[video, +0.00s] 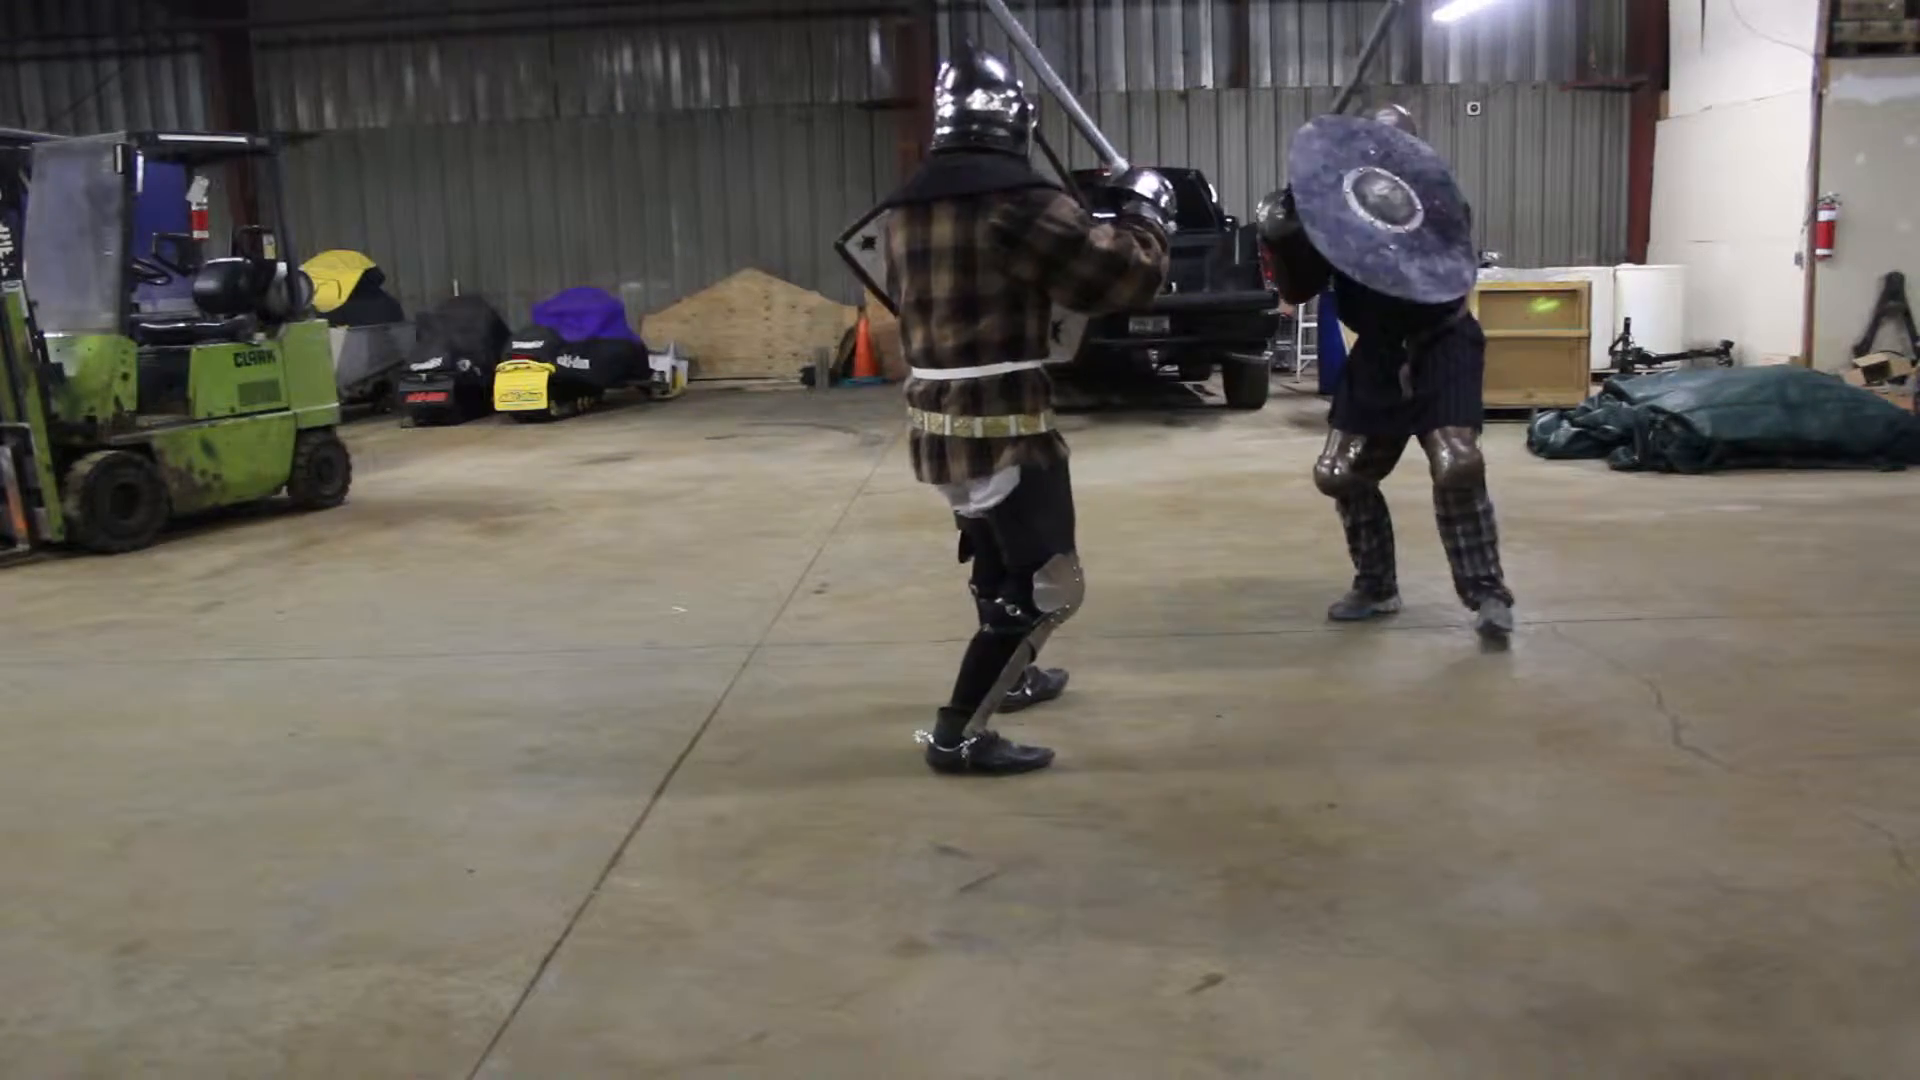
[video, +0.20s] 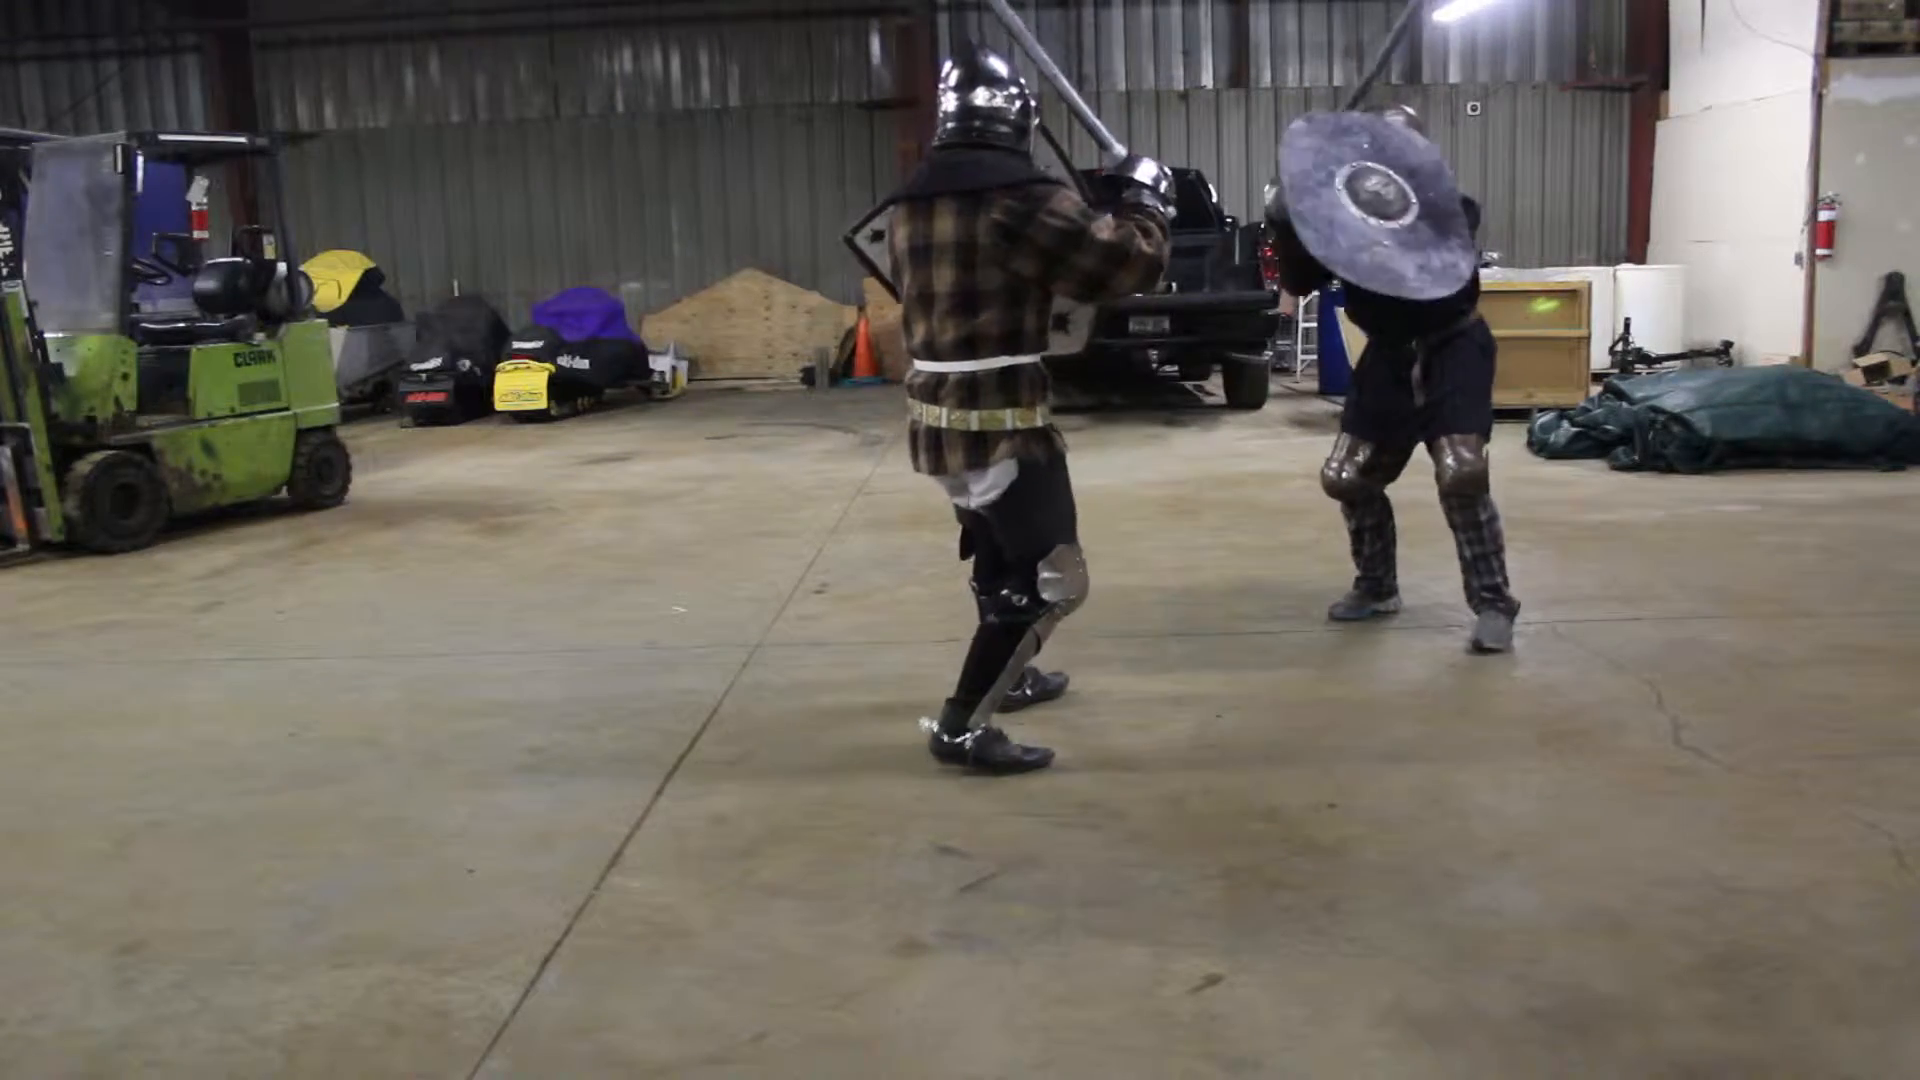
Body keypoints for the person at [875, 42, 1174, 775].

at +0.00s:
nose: (1025, 126)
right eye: (1020, 114)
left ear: (942, 116)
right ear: (1015, 117)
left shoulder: (911, 206)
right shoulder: (1019, 201)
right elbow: (1126, 273)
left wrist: (1082, 204)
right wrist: (1150, 210)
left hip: (939, 426)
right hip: (1006, 430)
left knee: (994, 556)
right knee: (1046, 587)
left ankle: (1010, 676)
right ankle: (958, 732)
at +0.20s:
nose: (1029, 125)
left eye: (1024, 114)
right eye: (1025, 114)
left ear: (946, 112)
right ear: (1018, 115)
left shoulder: (917, 198)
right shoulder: (1022, 196)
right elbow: (1131, 263)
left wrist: (1090, 199)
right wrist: (1150, 203)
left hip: (939, 417)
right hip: (1003, 422)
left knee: (995, 549)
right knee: (1054, 579)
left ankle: (1010, 674)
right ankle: (961, 725)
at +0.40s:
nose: (1026, 132)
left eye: (1020, 120)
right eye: (1021, 120)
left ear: (945, 120)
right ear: (1014, 122)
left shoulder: (916, 200)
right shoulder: (1017, 202)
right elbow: (1132, 269)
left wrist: (1088, 205)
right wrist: (1156, 208)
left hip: (940, 425)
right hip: (1003, 427)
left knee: (1000, 549)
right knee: (1052, 585)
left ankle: (1013, 674)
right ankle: (965, 733)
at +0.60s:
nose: (1028, 129)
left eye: (1022, 117)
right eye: (1023, 117)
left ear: (943, 116)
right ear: (1015, 119)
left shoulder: (911, 199)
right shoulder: (1019, 198)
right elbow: (1120, 277)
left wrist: (1085, 209)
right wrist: (1152, 219)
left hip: (938, 425)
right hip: (1004, 428)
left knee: (993, 552)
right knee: (1044, 591)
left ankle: (1012, 675)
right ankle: (963, 740)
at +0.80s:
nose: (1026, 120)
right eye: (1022, 108)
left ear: (944, 110)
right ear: (1019, 110)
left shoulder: (913, 197)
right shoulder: (1021, 194)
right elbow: (1131, 265)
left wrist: (1088, 204)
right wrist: (1145, 199)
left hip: (943, 420)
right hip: (1007, 423)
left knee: (994, 550)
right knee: (1038, 586)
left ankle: (1005, 675)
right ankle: (962, 740)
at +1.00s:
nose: (1030, 122)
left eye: (1021, 110)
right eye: (1026, 110)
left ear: (951, 115)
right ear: (1021, 114)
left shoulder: (921, 200)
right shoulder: (1026, 194)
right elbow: (1127, 270)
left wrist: (1096, 206)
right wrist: (1150, 204)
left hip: (955, 416)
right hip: (1017, 419)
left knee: (1003, 548)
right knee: (1037, 583)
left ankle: (1005, 676)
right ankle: (963, 733)